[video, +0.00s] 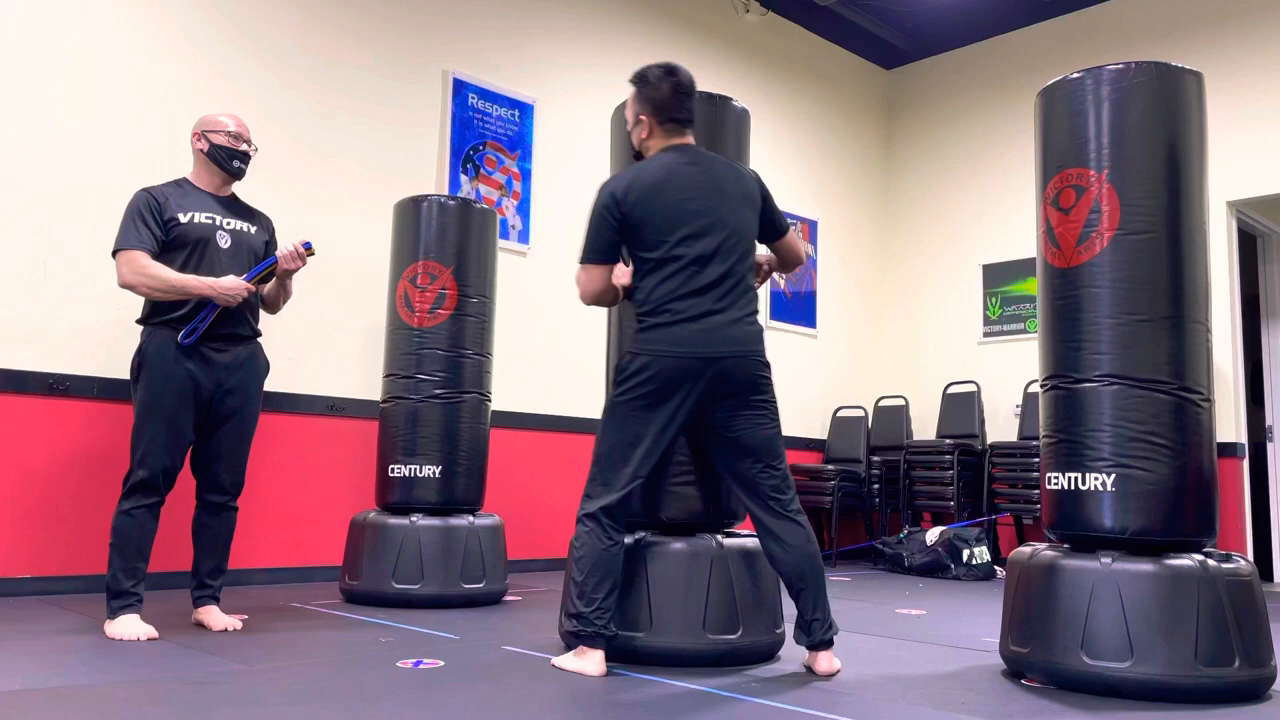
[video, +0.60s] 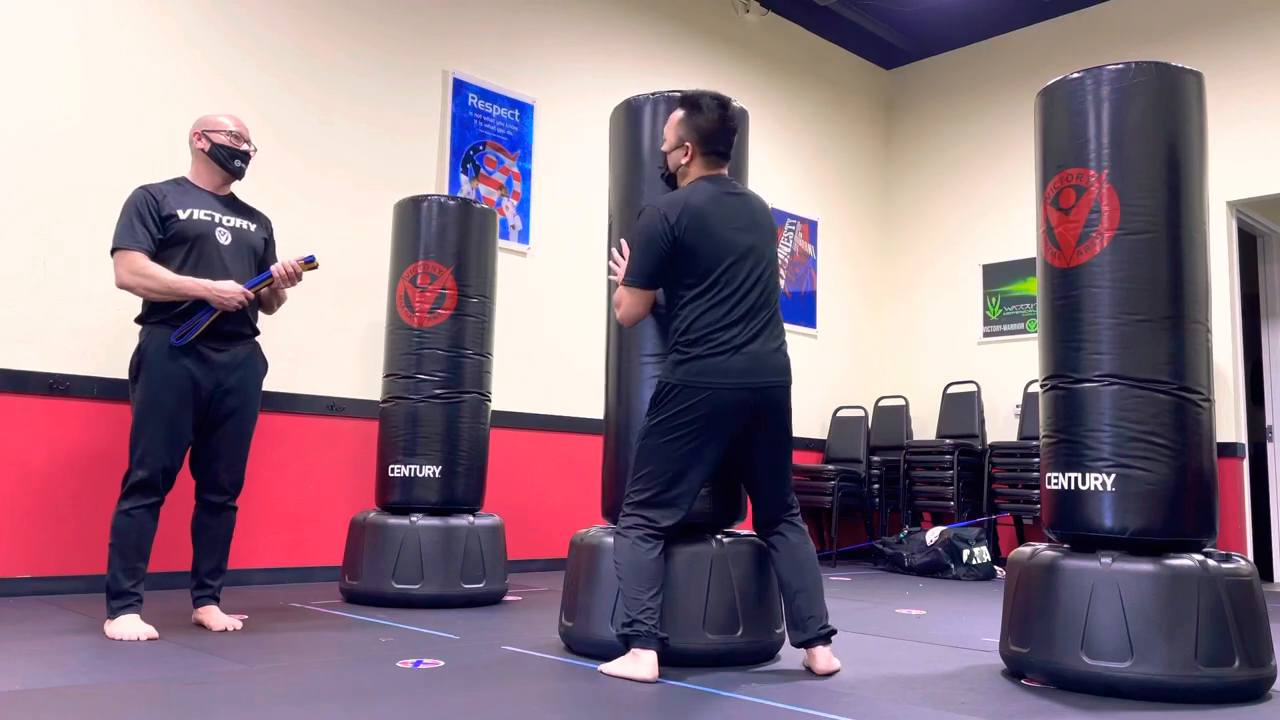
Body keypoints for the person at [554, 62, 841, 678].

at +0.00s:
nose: (628, 124)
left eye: (630, 115)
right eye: (630, 114)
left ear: (644, 121)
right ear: (689, 118)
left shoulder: (621, 190)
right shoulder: (742, 178)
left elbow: (592, 290)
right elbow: (794, 256)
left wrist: (625, 278)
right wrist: (767, 262)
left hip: (662, 355)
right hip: (740, 354)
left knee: (607, 501)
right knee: (775, 494)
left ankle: (588, 647)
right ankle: (821, 645)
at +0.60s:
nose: (662, 151)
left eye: (667, 142)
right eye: (664, 141)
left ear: (689, 149)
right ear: (720, 150)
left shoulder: (667, 213)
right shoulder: (756, 208)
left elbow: (629, 311)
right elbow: (732, 285)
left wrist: (629, 279)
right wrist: (652, 274)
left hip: (700, 381)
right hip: (770, 379)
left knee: (644, 518)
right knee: (780, 513)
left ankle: (641, 652)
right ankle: (819, 646)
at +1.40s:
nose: (607, 115)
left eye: (608, 106)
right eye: (610, 105)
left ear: (618, 109)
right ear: (672, 110)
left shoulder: (587, 179)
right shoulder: (714, 177)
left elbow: (567, 282)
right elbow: (755, 268)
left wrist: (614, 293)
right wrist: (752, 291)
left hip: (627, 355)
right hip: (711, 351)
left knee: (614, 508)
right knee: (763, 488)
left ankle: (636, 654)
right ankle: (814, 631)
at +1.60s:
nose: (594, 88)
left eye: (587, 81)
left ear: (588, 85)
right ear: (652, 85)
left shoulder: (554, 154)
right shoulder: (691, 152)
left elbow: (528, 263)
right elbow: (729, 259)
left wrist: (552, 325)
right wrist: (751, 336)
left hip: (592, 333)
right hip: (676, 330)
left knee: (602, 495)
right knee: (714, 470)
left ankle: (633, 653)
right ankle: (714, 626)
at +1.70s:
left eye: (584, 73)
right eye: (637, 72)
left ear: (574, 77)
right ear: (641, 78)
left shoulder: (538, 149)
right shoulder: (680, 146)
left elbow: (510, 258)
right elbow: (710, 253)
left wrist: (507, 342)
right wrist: (730, 341)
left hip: (571, 330)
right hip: (655, 327)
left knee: (598, 486)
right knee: (682, 475)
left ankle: (625, 650)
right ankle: (621, 611)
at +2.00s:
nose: (596, 64)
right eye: (596, 54)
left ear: (523, 63)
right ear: (589, 54)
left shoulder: (479, 131)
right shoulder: (610, 117)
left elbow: (451, 237)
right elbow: (652, 231)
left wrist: (425, 330)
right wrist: (657, 326)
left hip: (496, 318)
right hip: (572, 310)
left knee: (533, 471)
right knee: (567, 487)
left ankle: (525, 626)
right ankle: (538, 678)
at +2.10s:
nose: (570, 48)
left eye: (563, 38)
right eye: (568, 38)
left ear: (499, 49)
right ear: (562, 40)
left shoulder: (460, 124)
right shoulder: (581, 99)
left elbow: (437, 235)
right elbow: (620, 203)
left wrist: (435, 330)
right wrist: (625, 285)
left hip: (471, 311)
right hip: (544, 307)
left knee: (485, 474)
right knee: (541, 490)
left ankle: (430, 626)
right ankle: (532, 680)